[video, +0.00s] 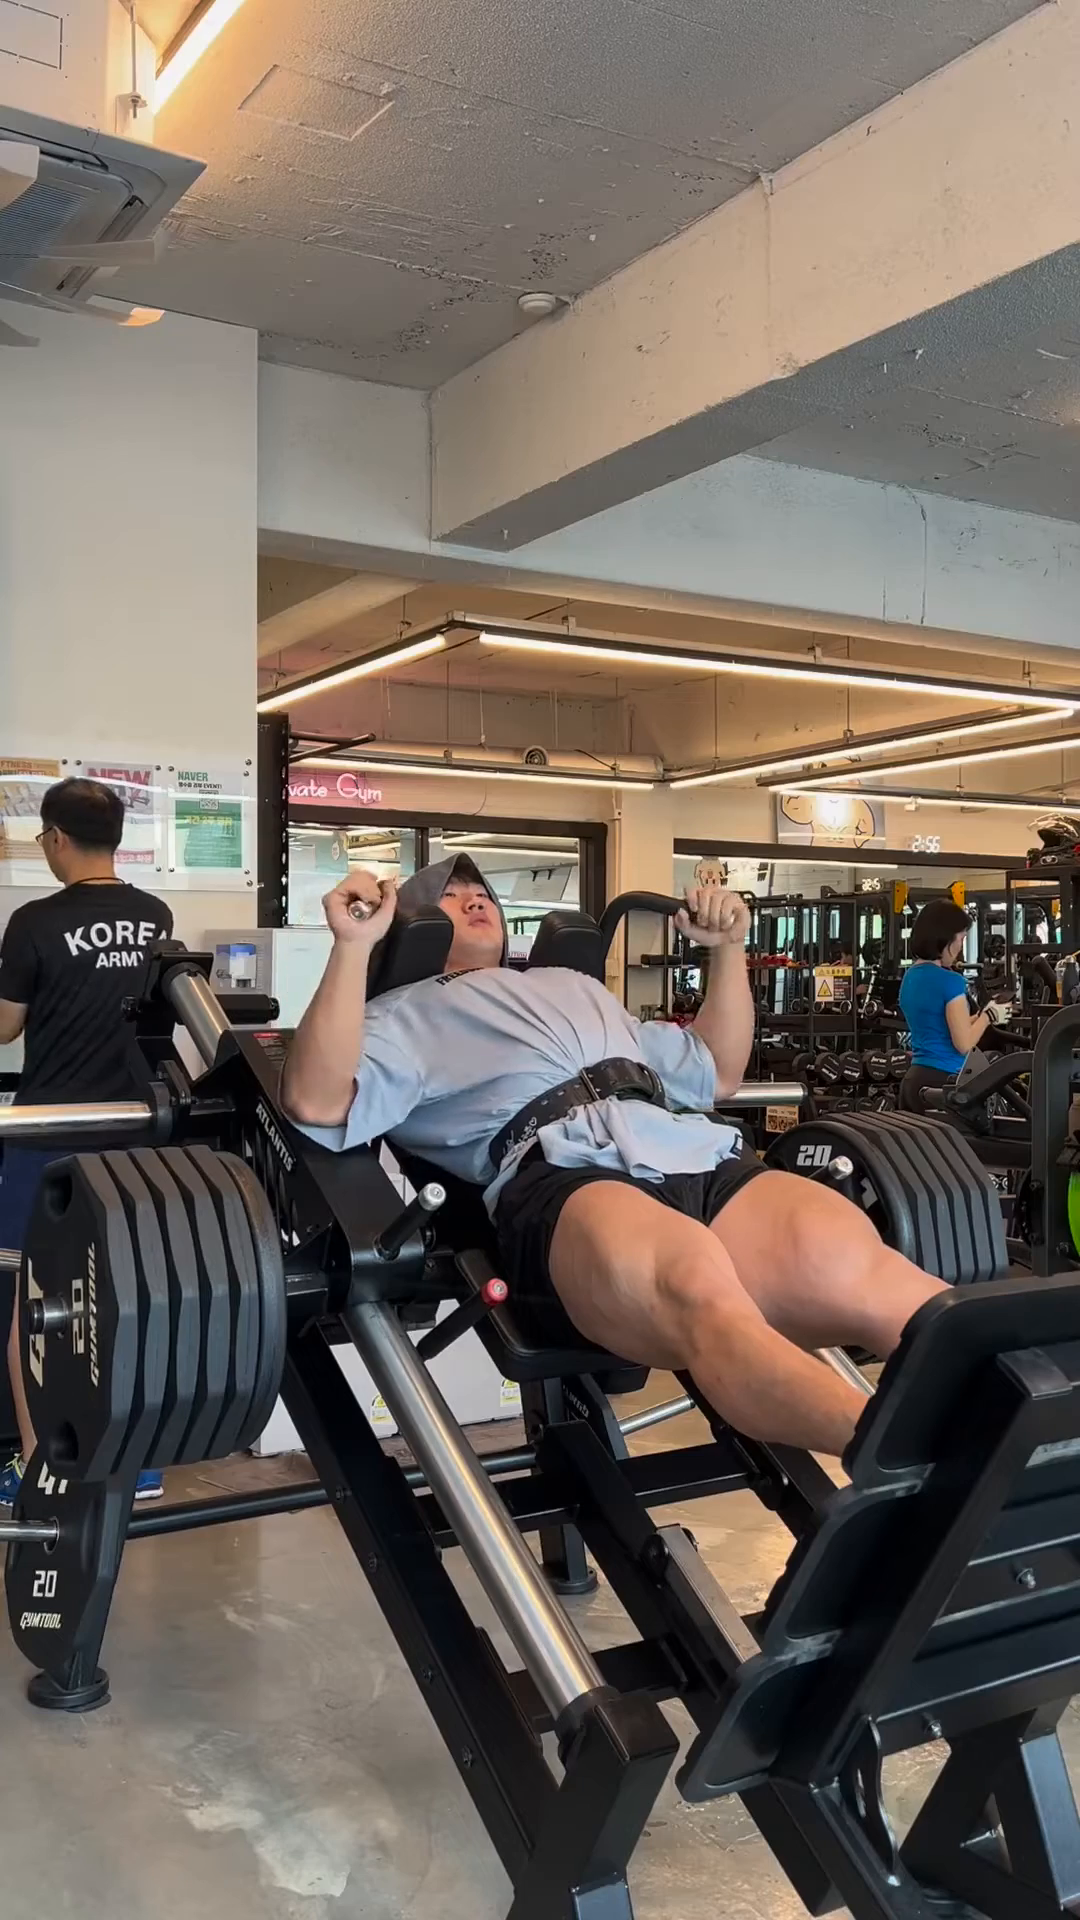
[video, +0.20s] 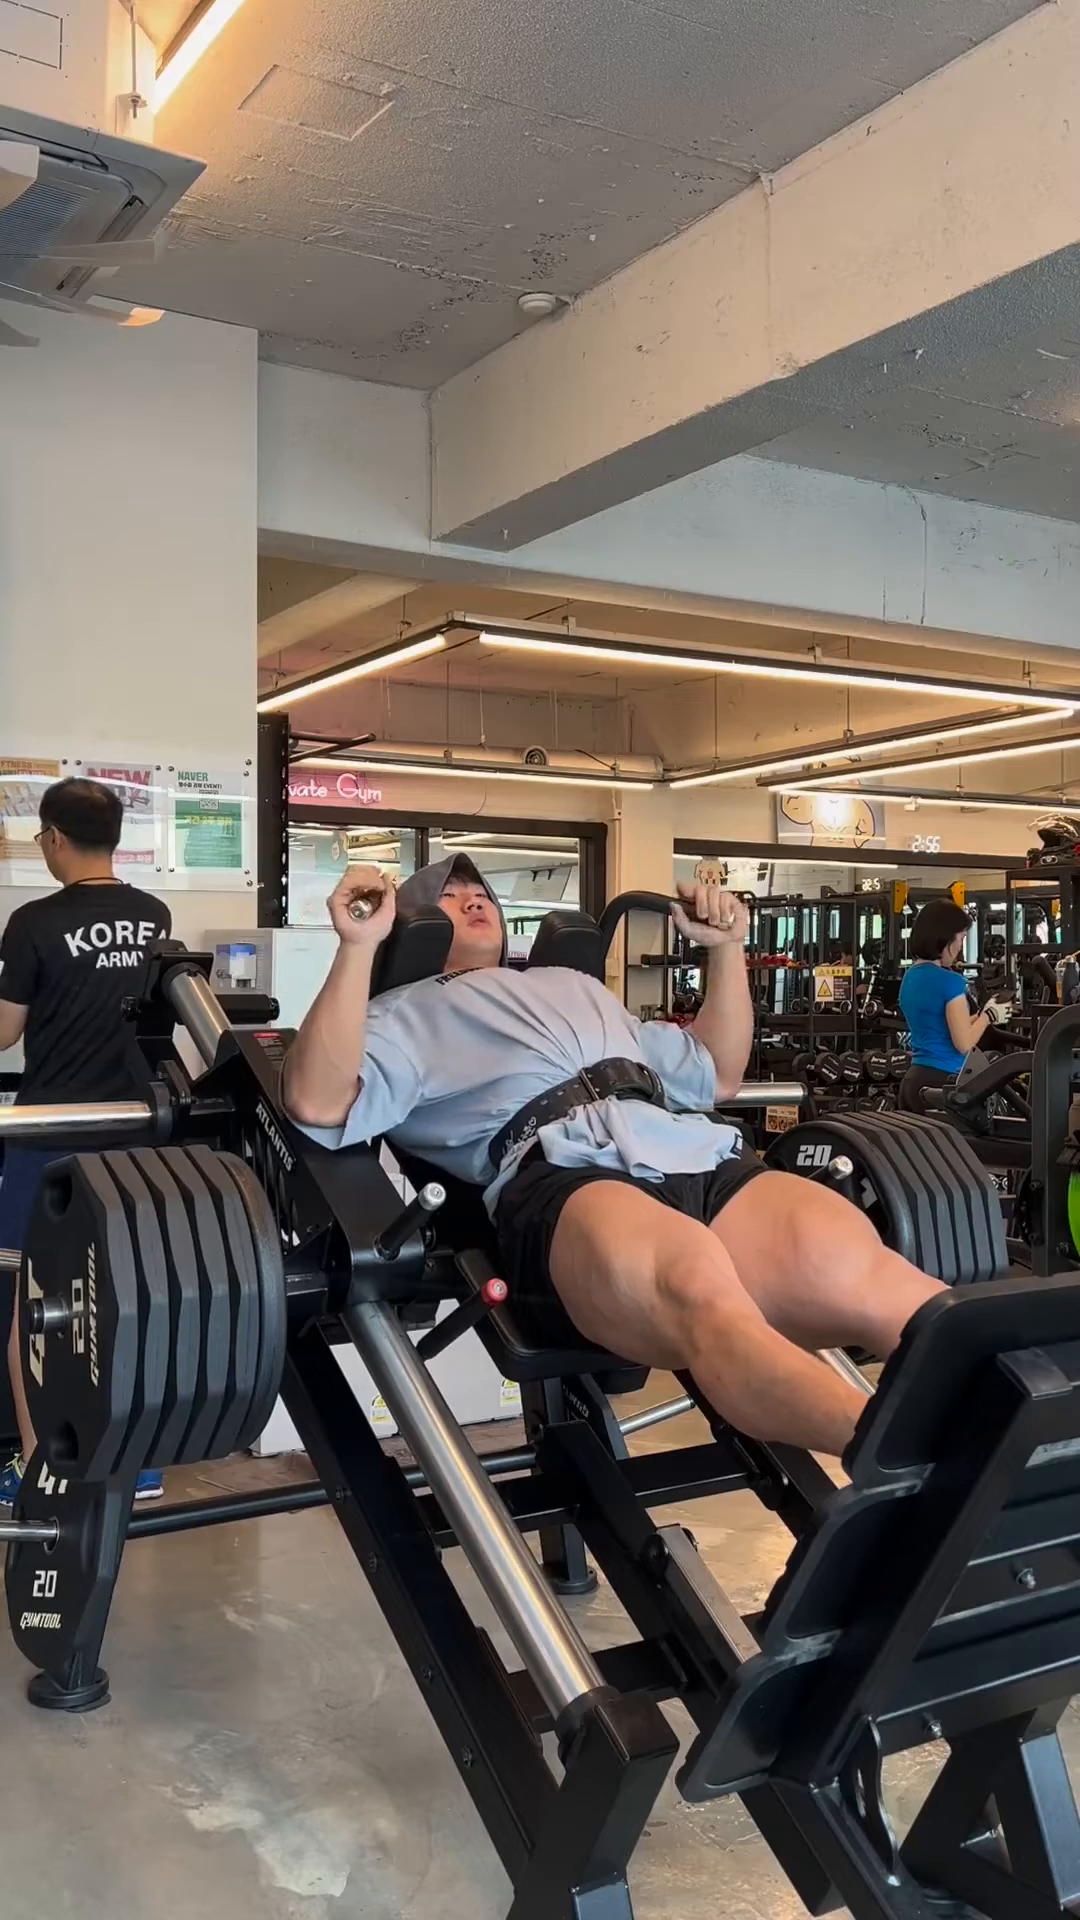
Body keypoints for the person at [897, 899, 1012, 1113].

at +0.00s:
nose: (961, 946)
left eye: (963, 939)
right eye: (960, 938)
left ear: (928, 934)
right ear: (946, 939)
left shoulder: (909, 978)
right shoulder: (950, 981)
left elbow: (931, 1032)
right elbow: (964, 1043)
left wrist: (975, 1017)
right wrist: (990, 1015)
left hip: (915, 1076)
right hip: (947, 1081)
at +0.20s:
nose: (961, 947)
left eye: (962, 939)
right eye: (960, 939)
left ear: (927, 935)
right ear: (945, 940)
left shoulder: (909, 978)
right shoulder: (950, 981)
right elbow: (964, 1043)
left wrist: (976, 1016)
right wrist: (989, 1015)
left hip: (915, 1076)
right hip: (948, 1081)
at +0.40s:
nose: (961, 947)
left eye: (962, 939)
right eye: (960, 939)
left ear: (927, 935)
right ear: (945, 940)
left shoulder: (909, 978)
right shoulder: (950, 981)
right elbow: (964, 1043)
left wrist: (977, 1016)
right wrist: (989, 1015)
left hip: (915, 1076)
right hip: (948, 1081)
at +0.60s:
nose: (961, 947)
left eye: (962, 939)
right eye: (960, 939)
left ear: (927, 935)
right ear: (945, 940)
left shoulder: (909, 978)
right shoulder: (950, 982)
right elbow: (963, 1043)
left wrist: (977, 1015)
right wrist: (989, 1015)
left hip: (915, 1076)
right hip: (948, 1081)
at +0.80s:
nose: (962, 944)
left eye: (963, 937)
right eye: (961, 937)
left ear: (928, 934)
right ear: (946, 939)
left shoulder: (909, 978)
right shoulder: (950, 981)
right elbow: (963, 1042)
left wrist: (976, 1016)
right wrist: (989, 1015)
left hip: (914, 1076)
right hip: (947, 1081)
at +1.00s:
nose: (960, 947)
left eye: (961, 939)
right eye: (960, 939)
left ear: (926, 935)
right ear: (946, 940)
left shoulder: (909, 978)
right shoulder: (949, 981)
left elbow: (929, 1032)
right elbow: (963, 1043)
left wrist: (975, 1016)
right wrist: (989, 1015)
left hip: (915, 1076)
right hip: (948, 1081)